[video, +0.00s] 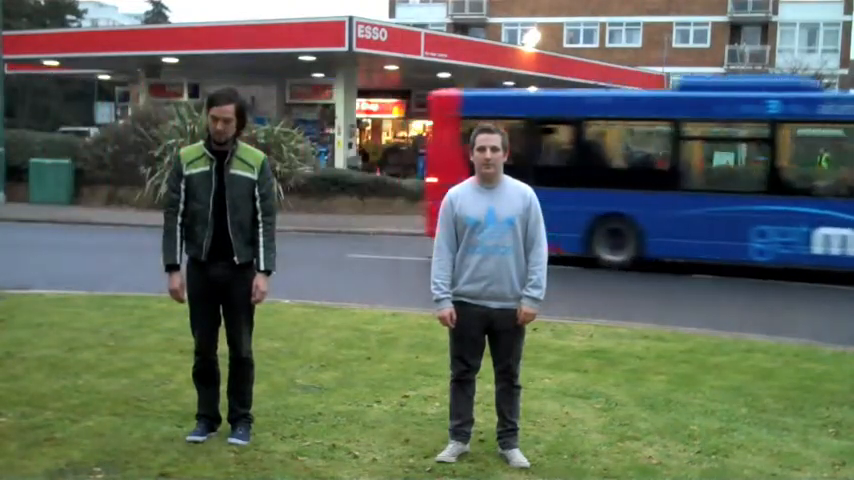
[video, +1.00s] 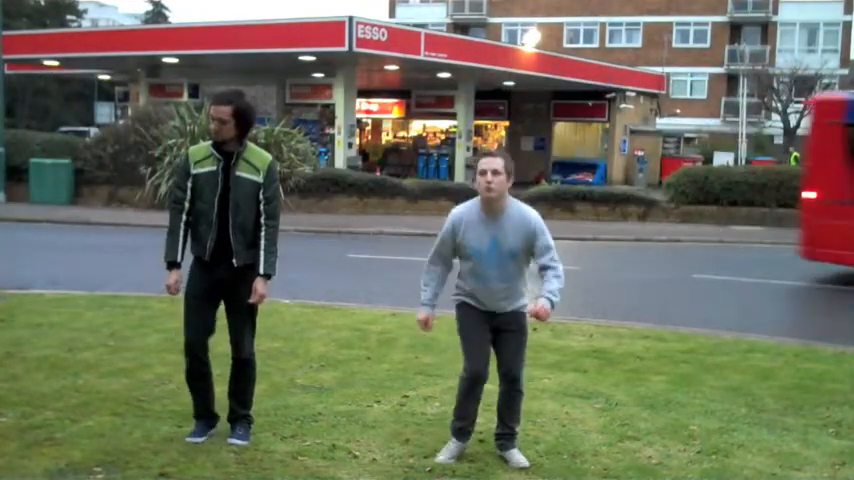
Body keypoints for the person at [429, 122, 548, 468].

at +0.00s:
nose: (487, 155)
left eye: (494, 150)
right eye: (481, 149)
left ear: (505, 155)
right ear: (472, 154)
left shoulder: (524, 196)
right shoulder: (455, 197)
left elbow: (538, 250)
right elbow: (442, 251)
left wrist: (532, 297)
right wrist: (442, 298)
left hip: (510, 305)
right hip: (466, 304)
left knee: (509, 378)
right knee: (462, 376)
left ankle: (509, 444)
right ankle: (458, 440)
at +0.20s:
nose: (487, 156)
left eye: (494, 150)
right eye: (481, 150)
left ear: (505, 155)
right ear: (472, 155)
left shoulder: (524, 196)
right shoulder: (456, 197)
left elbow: (537, 250)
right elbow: (442, 251)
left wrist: (531, 298)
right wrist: (442, 299)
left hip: (510, 305)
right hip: (466, 304)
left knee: (509, 378)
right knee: (462, 376)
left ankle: (509, 444)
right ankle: (458, 440)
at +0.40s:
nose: (487, 156)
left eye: (494, 150)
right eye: (481, 150)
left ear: (504, 155)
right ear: (472, 155)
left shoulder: (524, 196)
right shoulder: (455, 197)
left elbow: (537, 250)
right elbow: (443, 252)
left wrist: (531, 298)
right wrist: (443, 299)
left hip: (510, 305)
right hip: (466, 304)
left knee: (509, 379)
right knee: (462, 376)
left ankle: (509, 444)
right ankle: (458, 440)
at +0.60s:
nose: (486, 155)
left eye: (493, 149)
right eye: (480, 149)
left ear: (504, 154)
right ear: (471, 154)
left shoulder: (524, 194)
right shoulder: (455, 195)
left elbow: (539, 247)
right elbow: (443, 250)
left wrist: (533, 294)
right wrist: (442, 297)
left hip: (510, 305)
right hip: (466, 303)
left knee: (509, 378)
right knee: (457, 375)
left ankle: (509, 443)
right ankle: (455, 439)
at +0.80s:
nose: (487, 162)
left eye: (494, 157)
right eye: (481, 156)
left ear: (505, 164)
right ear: (472, 163)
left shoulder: (527, 204)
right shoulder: (456, 204)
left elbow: (548, 256)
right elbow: (440, 255)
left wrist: (548, 296)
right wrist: (431, 296)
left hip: (515, 307)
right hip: (471, 304)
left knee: (513, 380)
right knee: (457, 370)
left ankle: (508, 444)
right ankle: (453, 438)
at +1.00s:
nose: (488, 179)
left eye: (496, 174)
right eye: (482, 173)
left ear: (509, 180)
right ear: (475, 179)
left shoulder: (529, 220)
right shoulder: (459, 218)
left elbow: (552, 265)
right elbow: (438, 263)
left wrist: (548, 299)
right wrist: (426, 305)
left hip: (512, 308)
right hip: (472, 304)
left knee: (512, 378)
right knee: (475, 372)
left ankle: (507, 444)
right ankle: (458, 439)